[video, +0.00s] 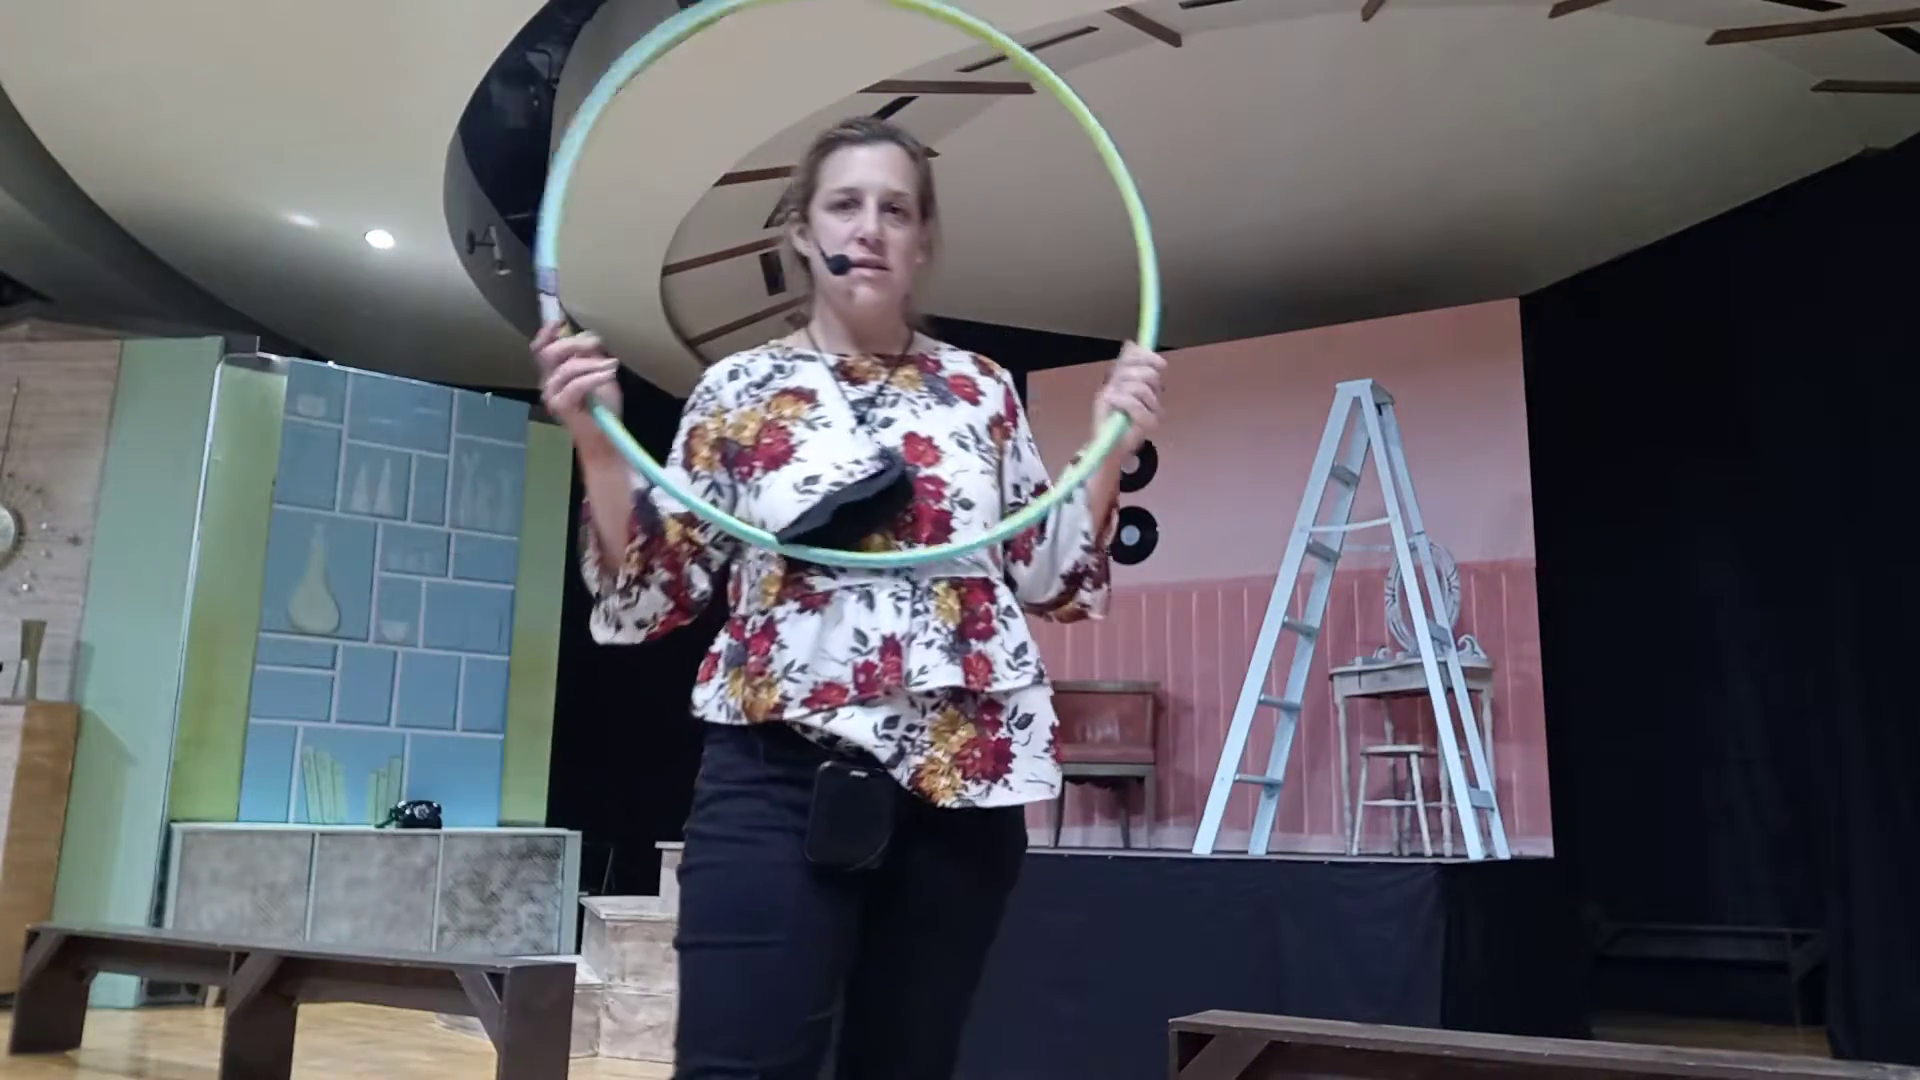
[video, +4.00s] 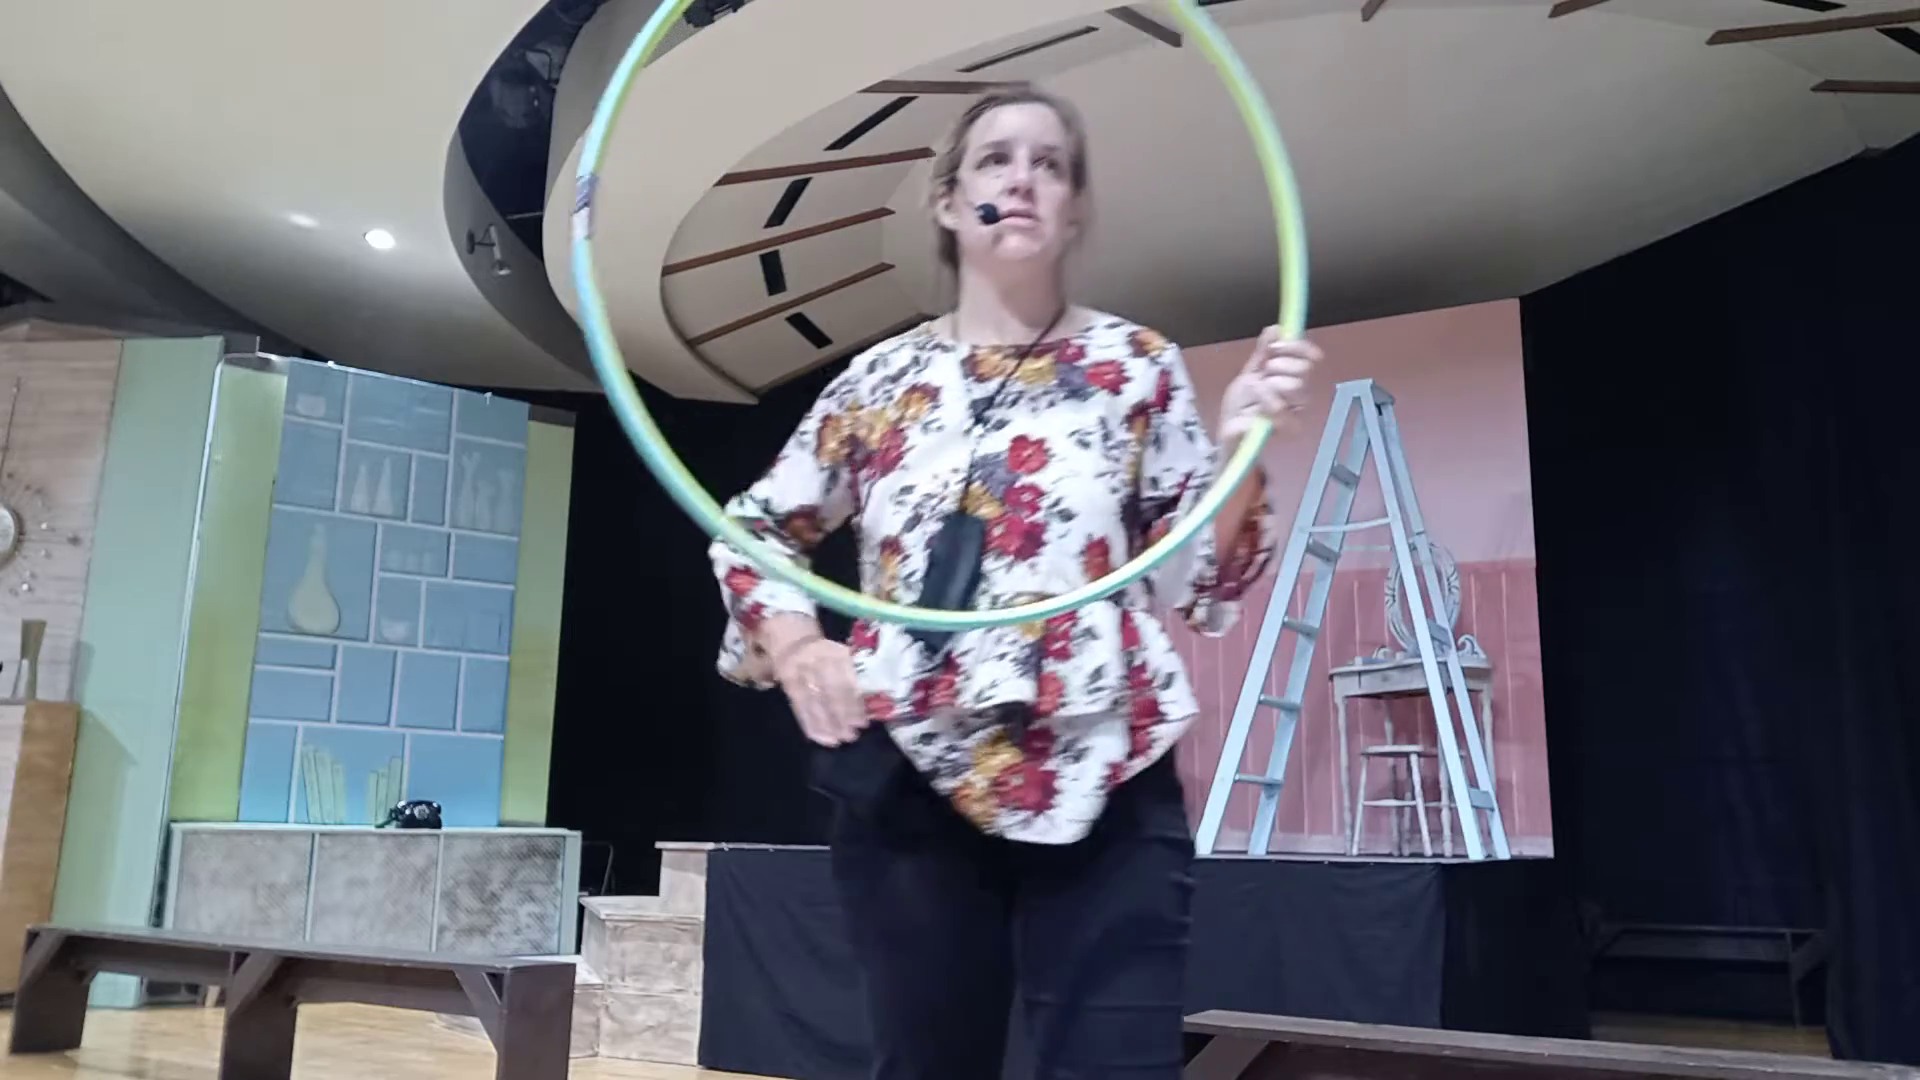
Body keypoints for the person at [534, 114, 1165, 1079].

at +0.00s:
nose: (869, 226)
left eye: (896, 209)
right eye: (844, 204)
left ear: (928, 243)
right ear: (802, 233)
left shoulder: (982, 392)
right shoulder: (734, 390)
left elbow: (1042, 574)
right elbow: (656, 592)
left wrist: (1108, 456)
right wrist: (595, 446)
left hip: (958, 799)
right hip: (771, 782)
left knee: (903, 1064)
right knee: (744, 1061)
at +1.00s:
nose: (867, 205)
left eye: (886, 178)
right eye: (835, 177)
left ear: (910, 195)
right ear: (775, 204)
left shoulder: (966, 366)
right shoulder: (700, 361)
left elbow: (1016, 568)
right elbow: (611, 579)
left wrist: (1090, 430)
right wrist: (548, 410)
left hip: (914, 797)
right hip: (716, 775)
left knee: (869, 1066)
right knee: (710, 1063)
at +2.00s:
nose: (802, 128)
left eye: (817, 96)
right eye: (763, 97)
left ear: (839, 112)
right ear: (679, 119)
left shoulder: (885, 304)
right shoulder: (611, 294)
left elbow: (949, 513)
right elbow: (534, 562)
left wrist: (1055, 380)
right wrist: (464, 388)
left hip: (885, 788)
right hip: (672, 778)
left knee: (907, 1058)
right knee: (699, 1059)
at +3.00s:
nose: (1134, 137)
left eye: (1165, 109)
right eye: (1106, 108)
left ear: (1211, 138)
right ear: (1061, 137)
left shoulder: (1277, 332)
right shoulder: (981, 315)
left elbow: (1344, 561)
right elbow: (852, 521)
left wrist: (1443, 412)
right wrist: (848, 649)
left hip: (1216, 802)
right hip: (992, 775)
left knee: (1186, 1065)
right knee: (931, 1062)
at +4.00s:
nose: (1019, 175)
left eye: (1047, 164)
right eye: (992, 159)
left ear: (1078, 214)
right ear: (947, 205)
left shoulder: (1138, 367)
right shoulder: (876, 383)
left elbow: (1206, 584)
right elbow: (751, 535)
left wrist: (1243, 441)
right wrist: (795, 644)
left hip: (1110, 798)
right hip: (913, 799)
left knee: (1116, 1060)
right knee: (929, 1062)